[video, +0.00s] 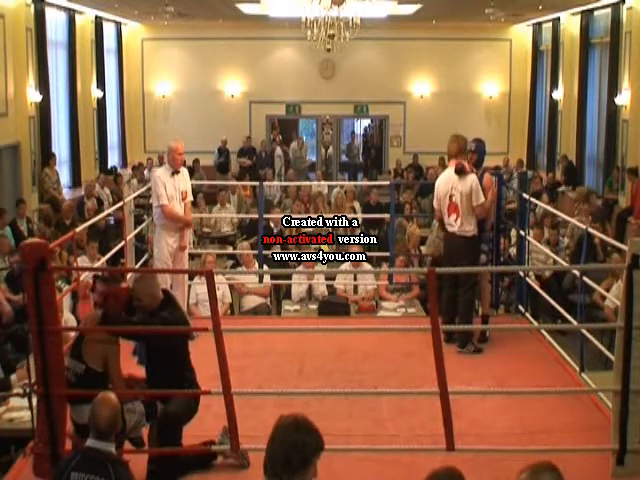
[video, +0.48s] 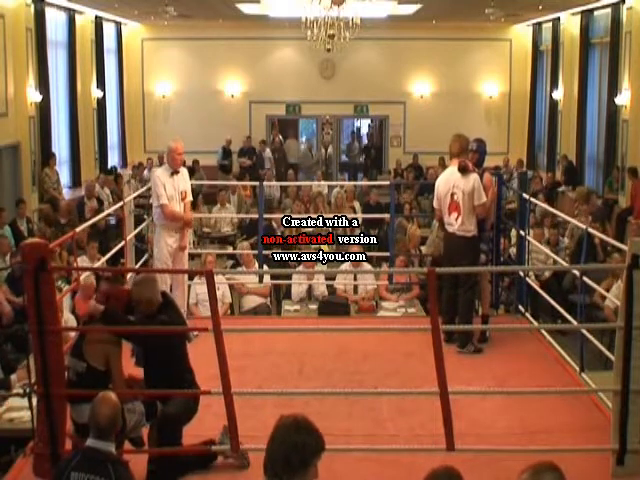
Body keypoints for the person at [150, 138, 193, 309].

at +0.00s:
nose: (181, 158)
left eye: (182, 154)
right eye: (178, 154)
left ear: (183, 156)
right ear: (168, 156)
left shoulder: (184, 172)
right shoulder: (158, 174)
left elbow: (188, 202)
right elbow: (164, 207)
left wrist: (185, 233)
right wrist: (185, 219)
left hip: (182, 227)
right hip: (165, 227)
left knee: (181, 270)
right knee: (163, 269)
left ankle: (181, 309)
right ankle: (163, 308)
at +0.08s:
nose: (181, 158)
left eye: (182, 154)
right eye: (177, 154)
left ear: (184, 156)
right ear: (168, 156)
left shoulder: (184, 172)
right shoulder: (158, 174)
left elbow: (187, 201)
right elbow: (165, 207)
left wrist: (184, 232)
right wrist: (185, 215)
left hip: (182, 225)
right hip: (165, 226)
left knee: (181, 270)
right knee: (163, 269)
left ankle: (181, 309)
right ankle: (162, 308)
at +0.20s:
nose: (181, 158)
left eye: (182, 154)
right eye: (178, 155)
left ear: (183, 156)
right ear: (168, 156)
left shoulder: (184, 172)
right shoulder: (158, 174)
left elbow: (188, 200)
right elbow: (166, 208)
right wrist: (184, 212)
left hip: (182, 226)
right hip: (165, 227)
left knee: (181, 270)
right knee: (163, 269)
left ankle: (180, 311)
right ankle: (162, 309)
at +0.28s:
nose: (181, 158)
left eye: (182, 154)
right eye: (178, 155)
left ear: (184, 156)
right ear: (168, 156)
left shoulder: (184, 172)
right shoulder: (158, 174)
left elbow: (187, 200)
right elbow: (165, 208)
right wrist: (186, 214)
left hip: (182, 226)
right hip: (165, 227)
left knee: (181, 271)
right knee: (163, 270)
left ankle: (180, 313)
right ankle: (162, 312)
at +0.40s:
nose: (181, 158)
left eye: (182, 154)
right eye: (178, 155)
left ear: (183, 156)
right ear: (168, 156)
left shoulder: (184, 172)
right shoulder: (158, 174)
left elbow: (187, 201)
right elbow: (165, 208)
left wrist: (185, 232)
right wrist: (185, 219)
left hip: (182, 226)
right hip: (165, 227)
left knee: (181, 271)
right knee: (163, 271)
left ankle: (180, 313)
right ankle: (162, 311)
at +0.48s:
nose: (181, 158)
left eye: (182, 154)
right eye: (177, 155)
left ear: (183, 156)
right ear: (168, 156)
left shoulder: (184, 172)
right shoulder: (158, 174)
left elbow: (187, 202)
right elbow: (166, 209)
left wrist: (185, 234)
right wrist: (185, 217)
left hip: (182, 227)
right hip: (165, 227)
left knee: (181, 272)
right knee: (163, 271)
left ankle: (180, 313)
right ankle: (162, 312)